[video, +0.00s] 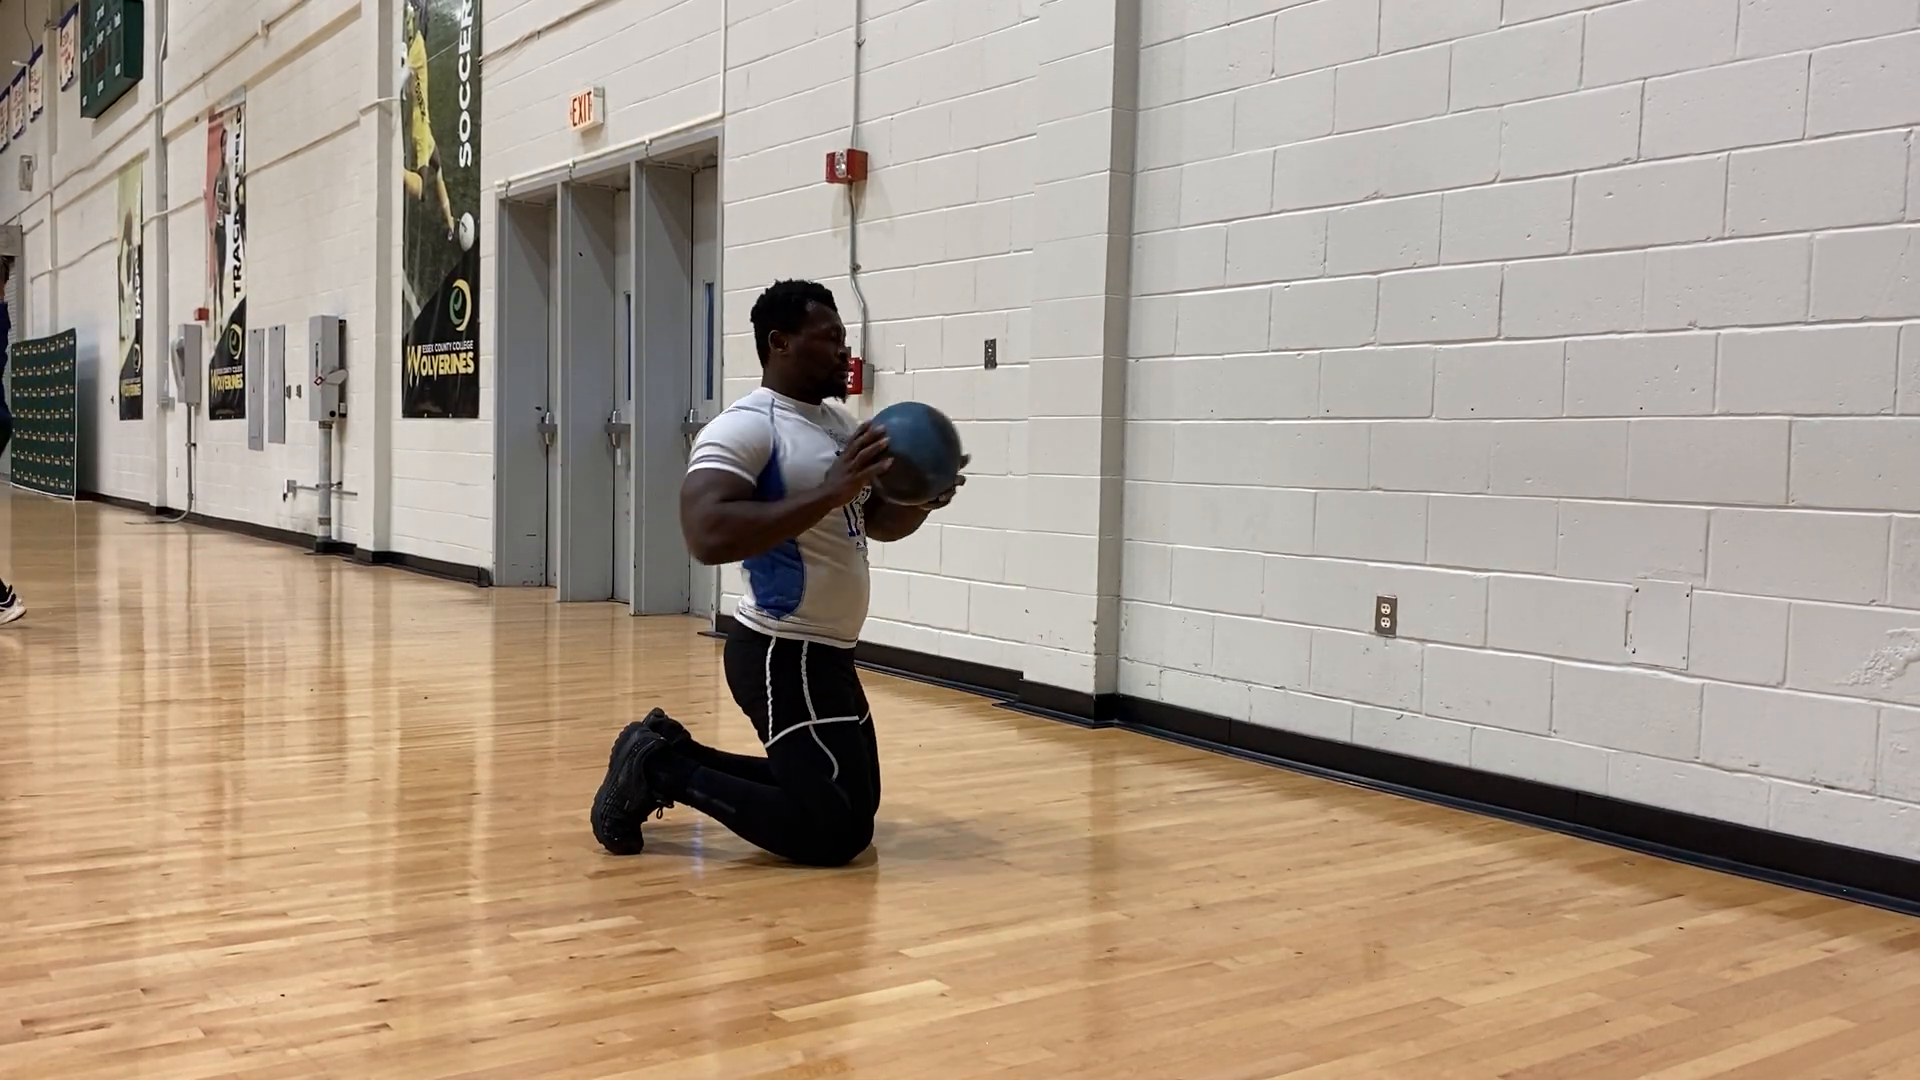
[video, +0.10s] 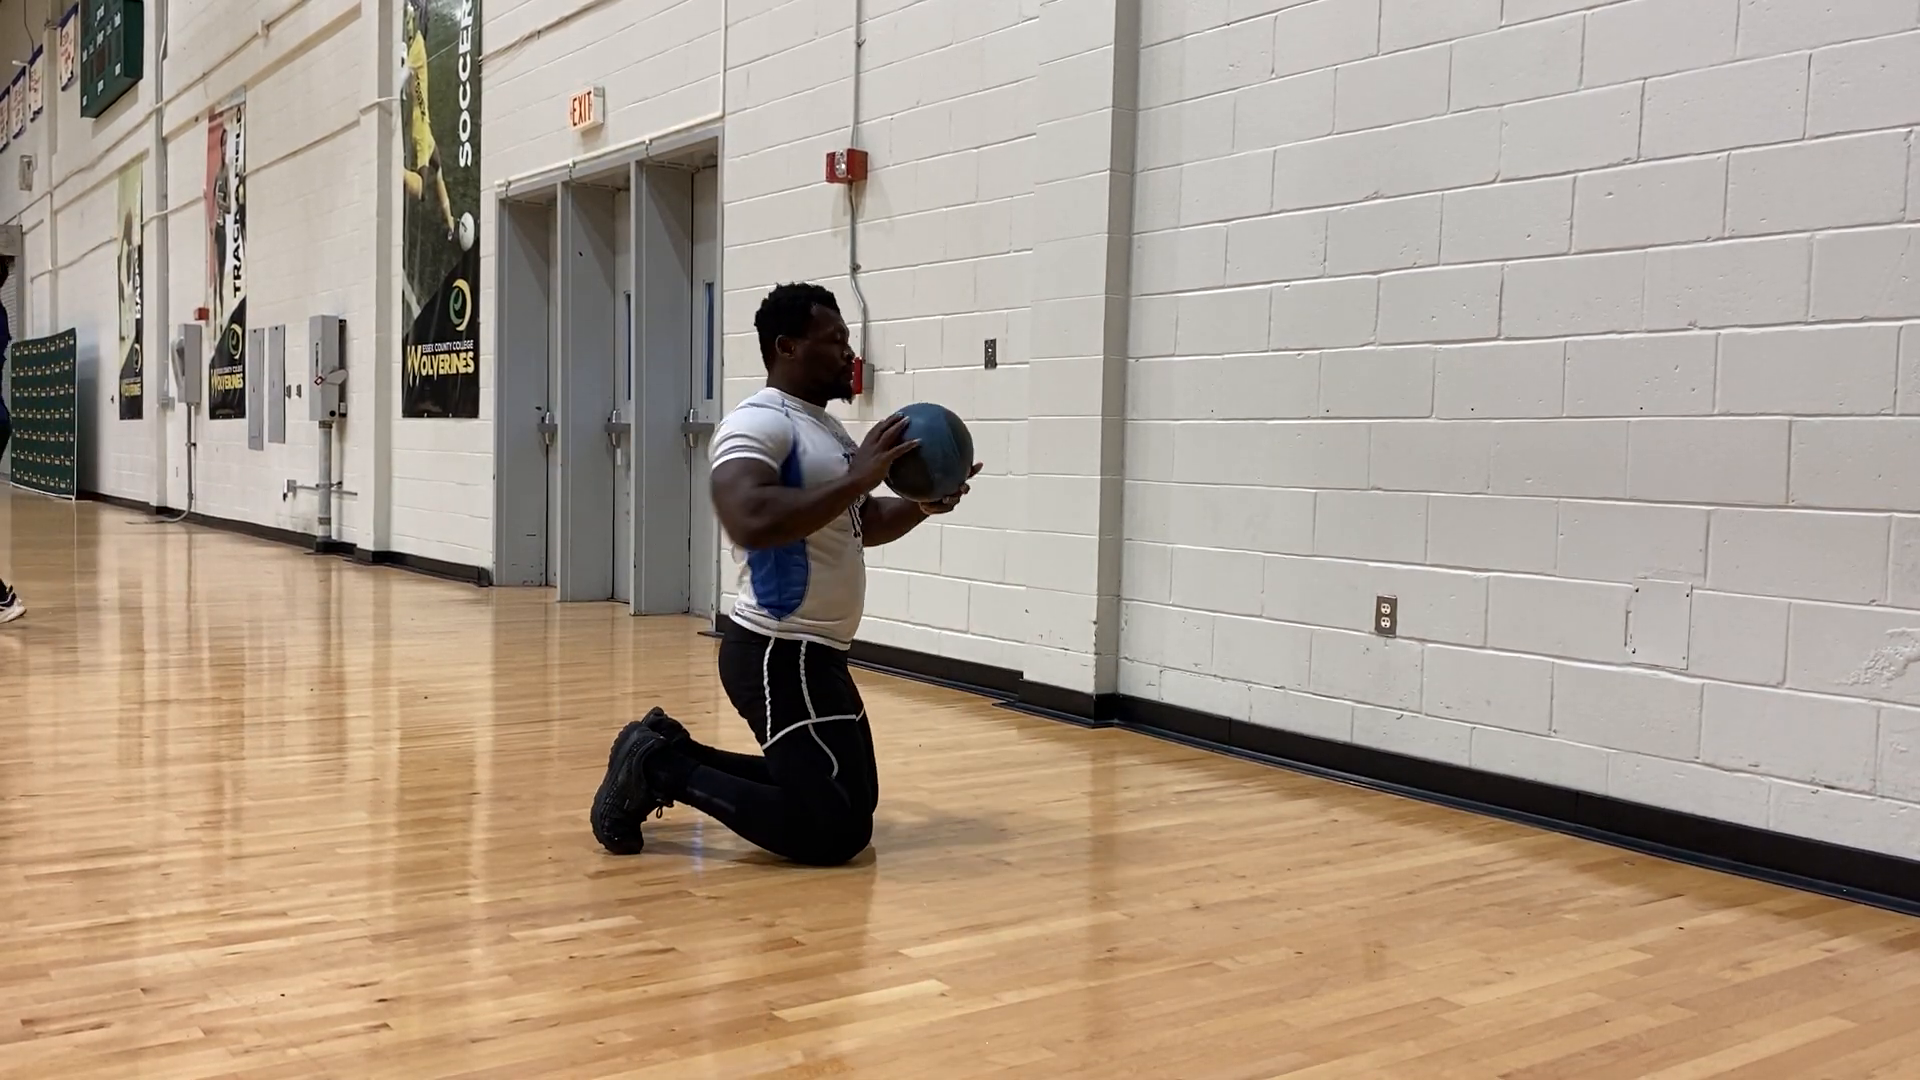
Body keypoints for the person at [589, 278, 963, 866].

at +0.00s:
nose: (844, 346)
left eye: (842, 334)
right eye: (828, 335)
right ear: (778, 345)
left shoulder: (839, 423)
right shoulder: (742, 425)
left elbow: (880, 522)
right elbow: (708, 534)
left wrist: (919, 494)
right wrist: (828, 494)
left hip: (825, 648)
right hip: (783, 649)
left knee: (848, 804)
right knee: (834, 832)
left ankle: (679, 755)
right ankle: (662, 769)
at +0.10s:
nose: (849, 349)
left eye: (846, 336)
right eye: (834, 338)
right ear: (788, 348)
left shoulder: (828, 432)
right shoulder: (755, 422)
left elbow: (854, 527)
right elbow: (750, 522)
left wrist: (919, 503)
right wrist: (854, 481)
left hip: (815, 648)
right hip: (779, 649)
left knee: (847, 798)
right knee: (833, 831)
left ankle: (676, 755)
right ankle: (662, 769)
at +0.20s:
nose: (860, 358)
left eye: (857, 344)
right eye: (845, 345)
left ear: (809, 356)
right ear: (799, 354)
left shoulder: (825, 434)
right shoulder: (773, 420)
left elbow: (839, 544)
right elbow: (792, 509)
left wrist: (910, 518)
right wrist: (876, 479)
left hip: (808, 648)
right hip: (777, 651)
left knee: (848, 798)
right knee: (833, 831)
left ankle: (679, 755)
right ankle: (662, 770)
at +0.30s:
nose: (876, 368)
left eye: (872, 354)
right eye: (863, 355)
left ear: (821, 364)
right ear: (818, 362)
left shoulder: (825, 435)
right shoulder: (790, 417)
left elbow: (826, 556)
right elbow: (815, 499)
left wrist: (903, 533)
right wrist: (884, 487)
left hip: (807, 649)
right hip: (775, 649)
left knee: (854, 794)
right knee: (830, 830)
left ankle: (681, 756)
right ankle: (658, 768)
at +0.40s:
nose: (885, 374)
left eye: (881, 360)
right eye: (873, 360)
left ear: (834, 366)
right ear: (831, 365)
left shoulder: (826, 432)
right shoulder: (795, 415)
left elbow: (824, 561)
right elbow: (821, 492)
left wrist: (903, 536)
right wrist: (885, 489)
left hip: (808, 649)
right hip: (774, 648)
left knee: (859, 795)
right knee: (825, 828)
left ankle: (683, 755)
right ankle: (648, 766)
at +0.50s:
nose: (886, 369)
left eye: (882, 355)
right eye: (873, 356)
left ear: (835, 364)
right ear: (832, 363)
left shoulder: (835, 437)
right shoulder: (791, 413)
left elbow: (837, 555)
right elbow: (809, 488)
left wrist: (908, 526)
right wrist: (883, 480)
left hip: (809, 646)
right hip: (772, 643)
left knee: (857, 796)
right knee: (814, 827)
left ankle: (682, 755)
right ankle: (638, 761)